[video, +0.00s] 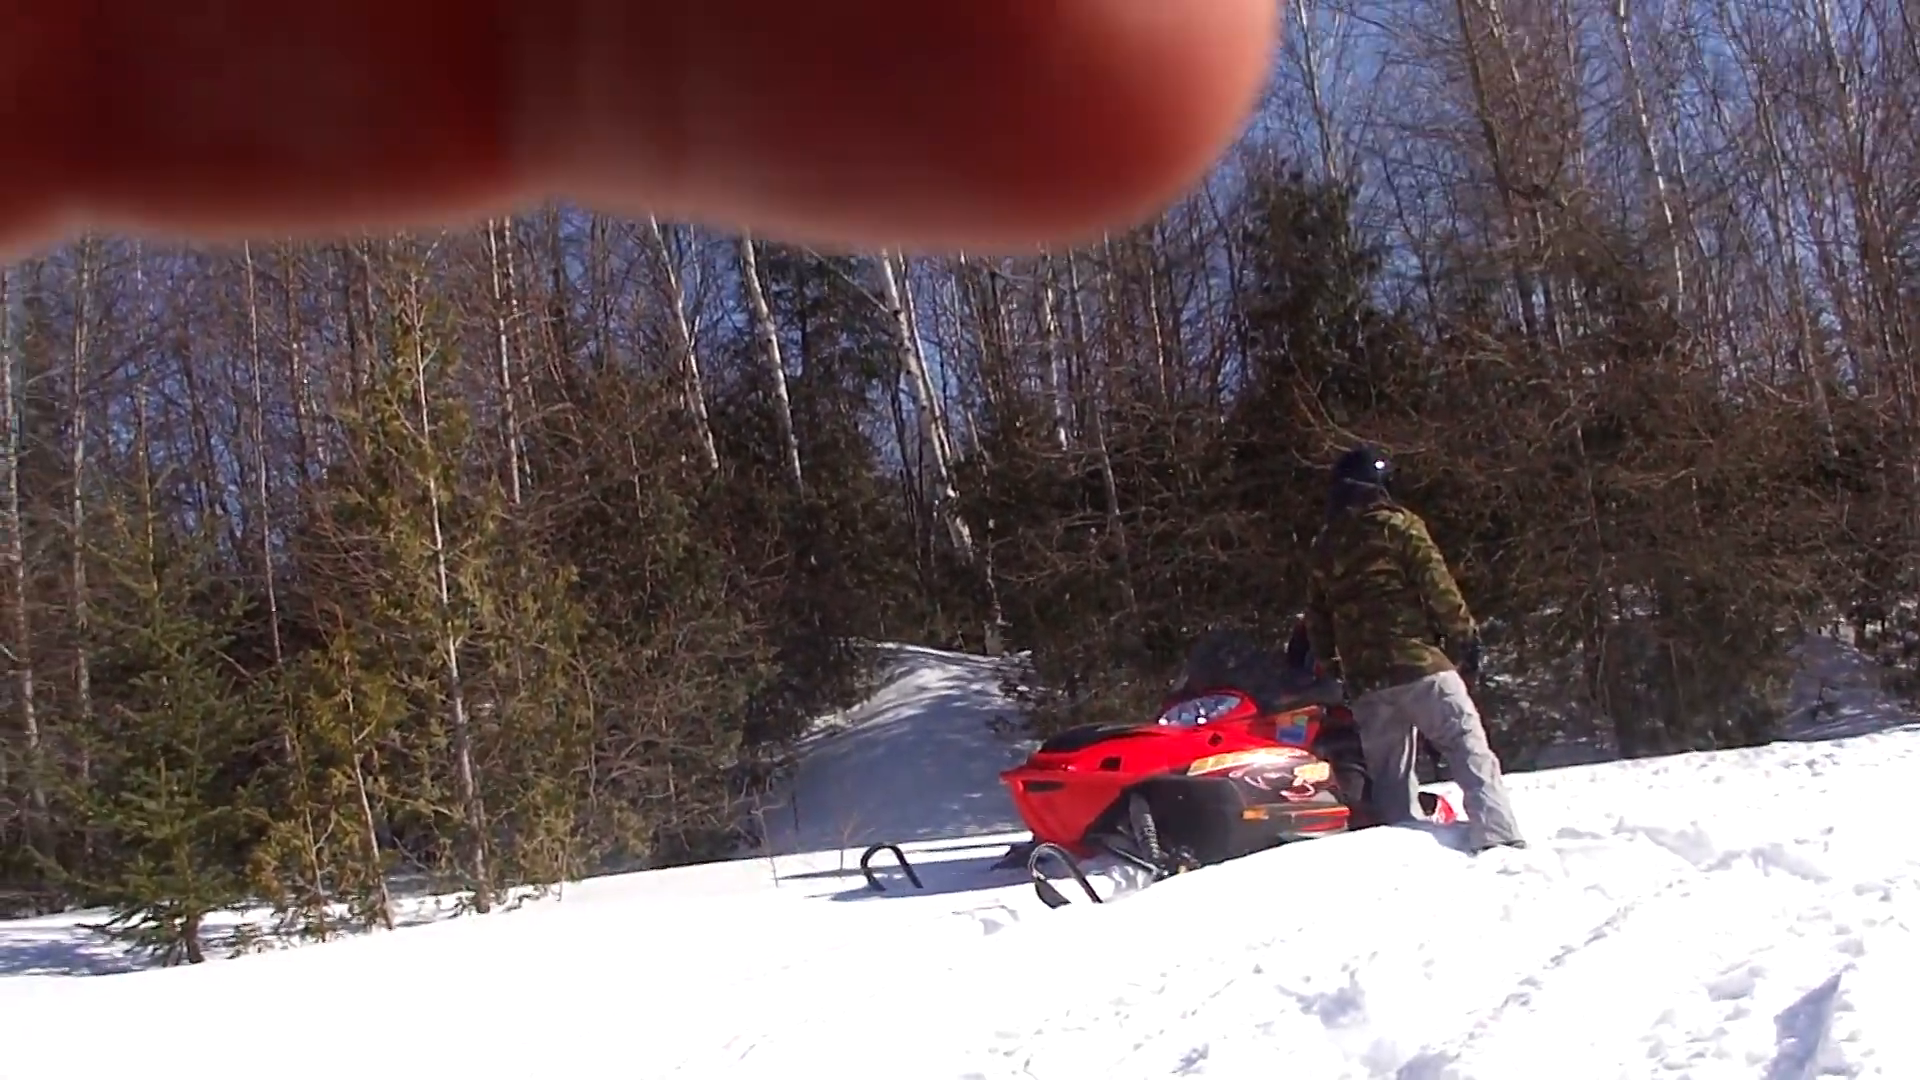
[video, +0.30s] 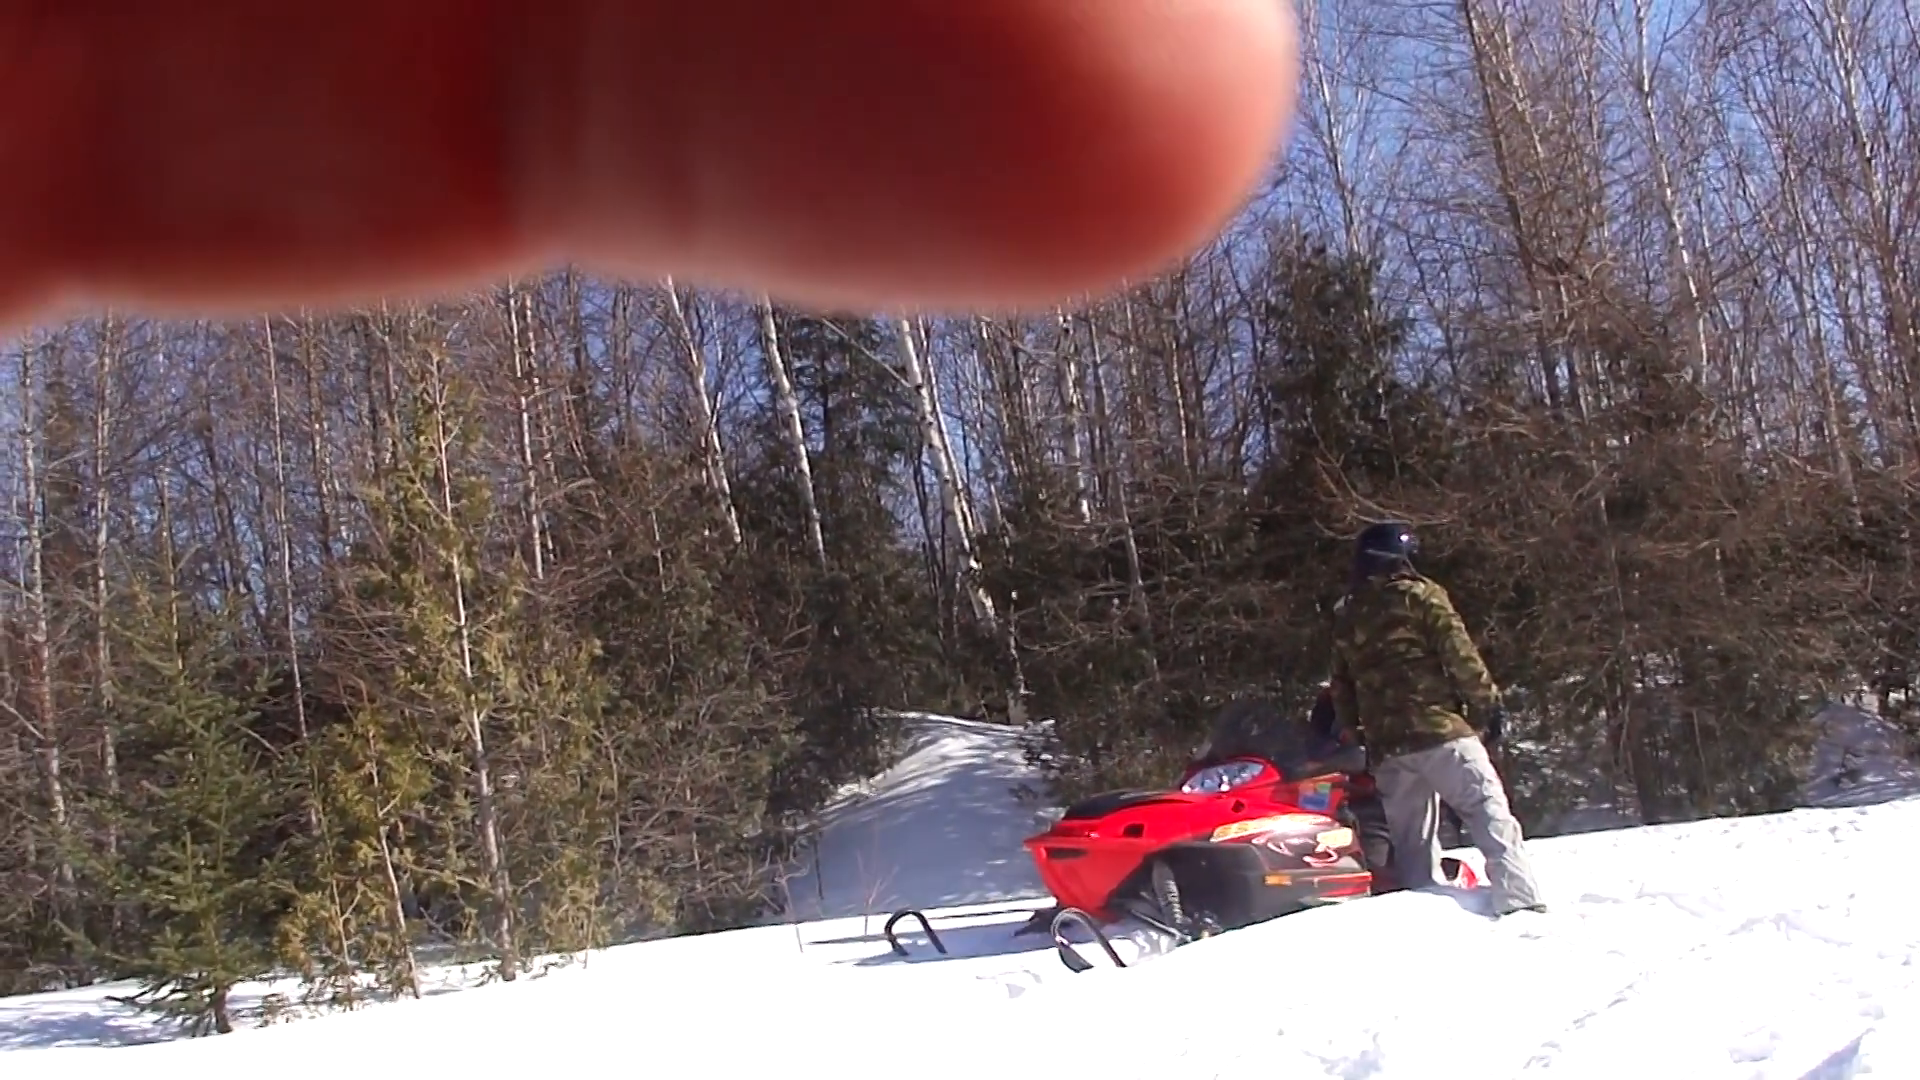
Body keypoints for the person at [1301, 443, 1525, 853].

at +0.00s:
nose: (1389, 485)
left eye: (1385, 479)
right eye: (1385, 479)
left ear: (1340, 488)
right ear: (1379, 482)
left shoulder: (1323, 545)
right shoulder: (1400, 524)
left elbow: (1317, 617)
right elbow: (1437, 586)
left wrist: (1331, 661)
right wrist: (1465, 636)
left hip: (1364, 677)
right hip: (1419, 662)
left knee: (1389, 781)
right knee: (1467, 748)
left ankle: (1400, 859)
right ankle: (1498, 838)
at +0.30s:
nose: (1414, 562)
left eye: (1411, 557)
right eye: (1410, 556)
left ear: (1363, 561)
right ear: (1403, 558)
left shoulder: (1346, 615)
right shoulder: (1422, 593)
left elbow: (1343, 687)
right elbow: (1459, 655)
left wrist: (1358, 730)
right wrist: (1488, 706)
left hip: (1387, 744)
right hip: (1442, 730)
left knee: (1411, 845)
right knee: (1487, 809)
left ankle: (1420, 921)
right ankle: (1518, 900)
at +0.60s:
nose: (1422, 549)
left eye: (1419, 543)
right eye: (1418, 542)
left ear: (1371, 549)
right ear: (1410, 545)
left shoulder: (1355, 603)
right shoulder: (1428, 581)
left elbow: (1349, 672)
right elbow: (1464, 642)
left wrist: (1362, 716)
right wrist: (1494, 692)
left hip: (1392, 730)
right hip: (1445, 717)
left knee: (1417, 829)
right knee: (1492, 796)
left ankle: (1425, 907)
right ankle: (1523, 885)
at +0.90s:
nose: (1428, 540)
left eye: (1425, 533)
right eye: (1424, 533)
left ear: (1376, 540)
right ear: (1416, 535)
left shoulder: (1359, 594)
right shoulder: (1433, 575)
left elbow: (1353, 664)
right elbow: (1466, 634)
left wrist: (1367, 709)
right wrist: (1496, 685)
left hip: (1394, 722)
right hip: (1447, 709)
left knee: (1420, 821)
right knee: (1494, 790)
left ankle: (1429, 899)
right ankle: (1525, 878)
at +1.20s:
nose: (1430, 534)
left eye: (1427, 528)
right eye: (1426, 527)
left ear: (1379, 533)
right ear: (1417, 529)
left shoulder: (1361, 586)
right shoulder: (1433, 568)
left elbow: (1353, 657)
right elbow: (1468, 630)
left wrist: (1366, 702)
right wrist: (1497, 681)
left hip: (1394, 716)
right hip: (1447, 703)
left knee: (1421, 814)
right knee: (1494, 785)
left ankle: (1430, 893)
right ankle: (1526, 873)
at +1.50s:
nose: (1427, 531)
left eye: (1425, 525)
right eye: (1423, 524)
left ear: (1377, 531)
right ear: (1414, 527)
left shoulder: (1360, 583)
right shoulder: (1434, 564)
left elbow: (1352, 654)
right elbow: (1468, 625)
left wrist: (1365, 698)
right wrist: (1497, 678)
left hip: (1395, 712)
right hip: (1448, 700)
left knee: (1420, 810)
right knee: (1494, 779)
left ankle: (1429, 888)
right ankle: (1526, 867)